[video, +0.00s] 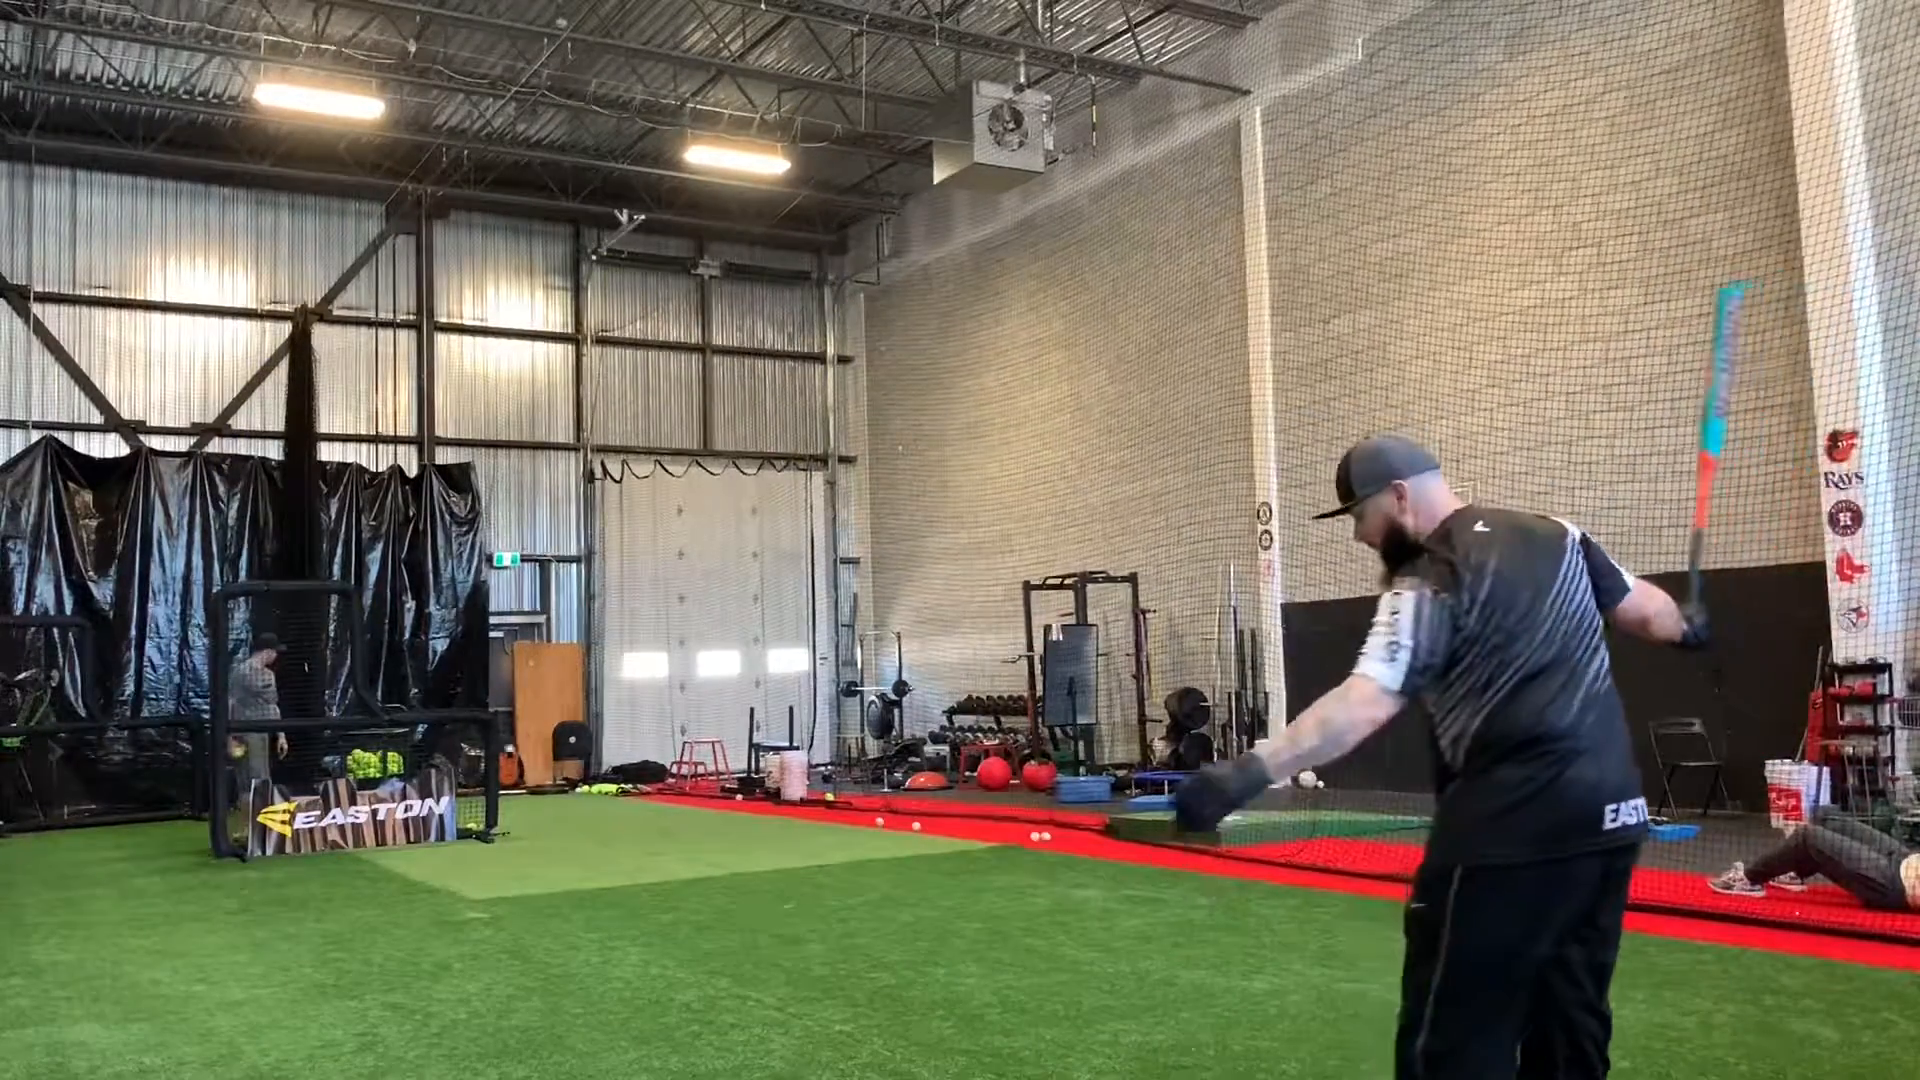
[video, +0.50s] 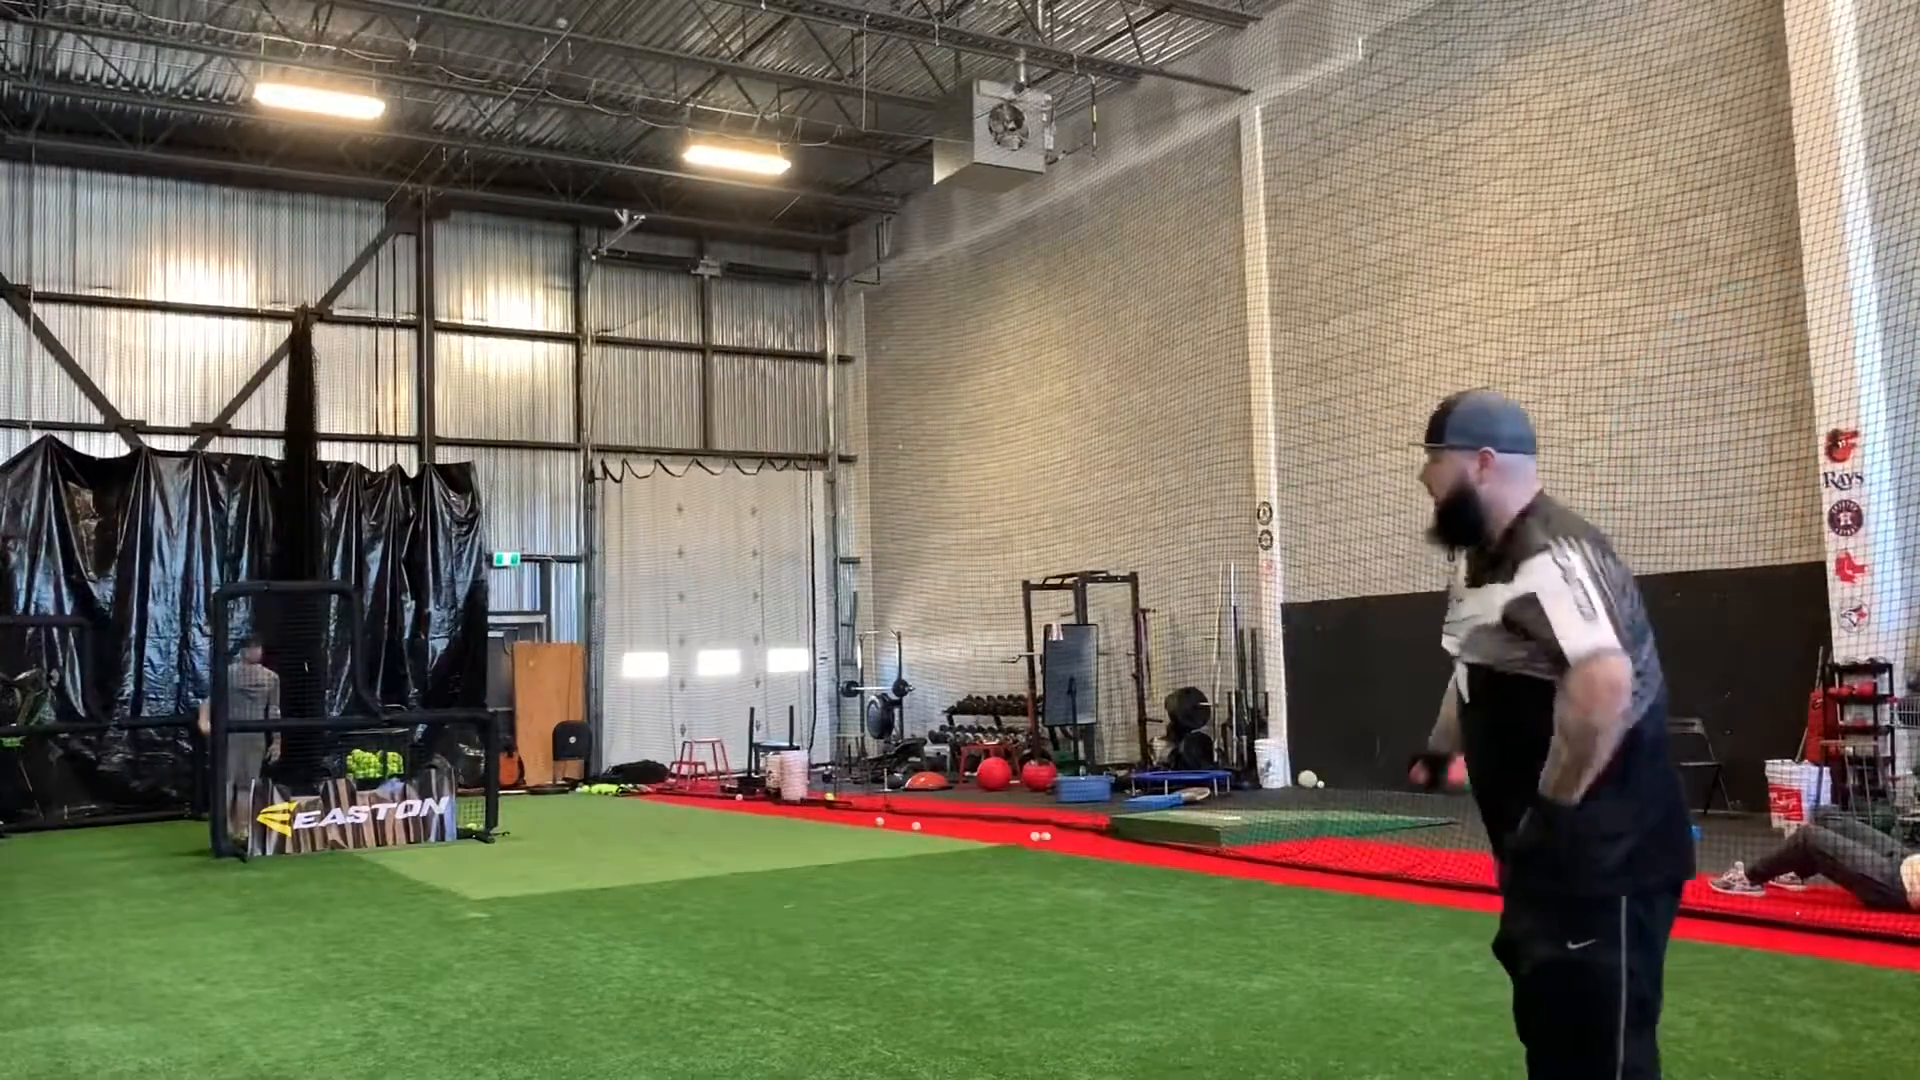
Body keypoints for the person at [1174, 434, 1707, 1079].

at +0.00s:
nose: (1357, 532)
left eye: (1358, 512)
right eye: (1352, 516)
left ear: (1400, 497)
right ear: (1420, 489)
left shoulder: (1424, 581)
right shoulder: (1556, 536)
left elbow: (1366, 704)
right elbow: (1645, 608)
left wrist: (1247, 771)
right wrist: (1685, 627)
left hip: (1504, 828)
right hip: (1611, 817)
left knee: (1447, 1037)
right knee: (1570, 1030)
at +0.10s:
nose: (1365, 532)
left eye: (1368, 514)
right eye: (1361, 518)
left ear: (1412, 495)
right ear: (1427, 493)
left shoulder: (1453, 578)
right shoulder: (1551, 537)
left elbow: (1431, 694)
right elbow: (1627, 613)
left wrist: (1318, 761)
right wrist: (1643, 617)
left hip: (1524, 831)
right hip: (1611, 819)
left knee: (1478, 1025)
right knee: (1575, 1022)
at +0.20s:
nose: (1378, 525)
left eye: (1382, 505)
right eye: (1373, 509)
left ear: (1432, 490)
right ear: (1440, 492)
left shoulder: (1482, 556)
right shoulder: (1535, 540)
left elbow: (1506, 650)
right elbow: (1594, 665)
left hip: (1550, 831)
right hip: (1598, 820)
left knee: (1512, 1024)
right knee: (1566, 1026)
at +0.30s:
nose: (1389, 507)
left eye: (1396, 487)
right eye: (1387, 490)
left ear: (1445, 481)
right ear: (1448, 483)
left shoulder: (1498, 529)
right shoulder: (1490, 534)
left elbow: (1545, 586)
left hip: (1573, 840)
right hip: (1551, 836)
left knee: (1549, 1030)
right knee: (1547, 1024)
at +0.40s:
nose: (1405, 492)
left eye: (1413, 472)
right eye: (1405, 475)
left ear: (1462, 471)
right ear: (1466, 474)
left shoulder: (1519, 528)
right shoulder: (1519, 526)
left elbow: (1570, 600)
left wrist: (1560, 736)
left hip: (1584, 850)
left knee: (1577, 1051)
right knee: (1576, 1042)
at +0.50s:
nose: (1425, 479)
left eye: (1436, 461)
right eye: (1428, 462)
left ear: (1484, 462)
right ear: (1482, 465)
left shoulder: (1550, 550)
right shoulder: (1487, 554)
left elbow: (1604, 682)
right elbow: (1473, 667)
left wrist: (1554, 802)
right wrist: (1440, 748)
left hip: (1603, 865)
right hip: (1555, 858)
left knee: (1601, 1058)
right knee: (1560, 1050)